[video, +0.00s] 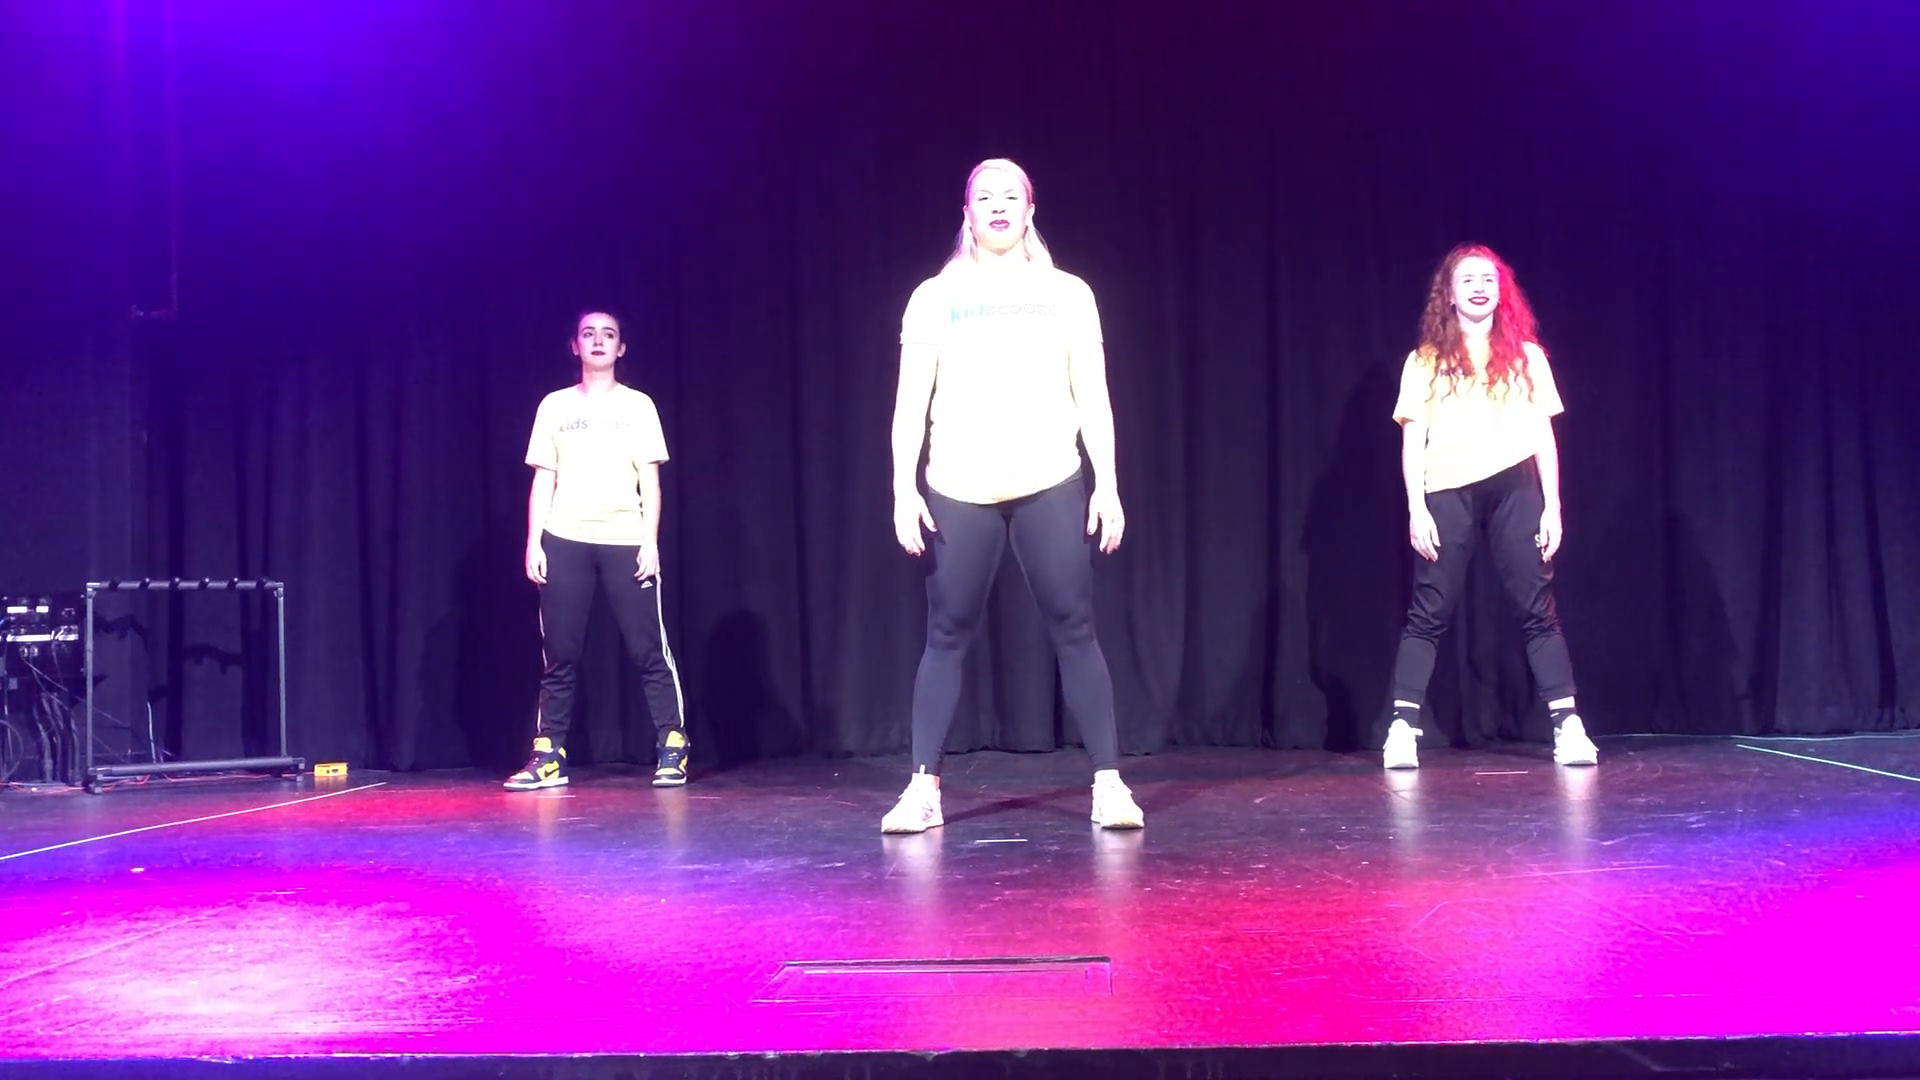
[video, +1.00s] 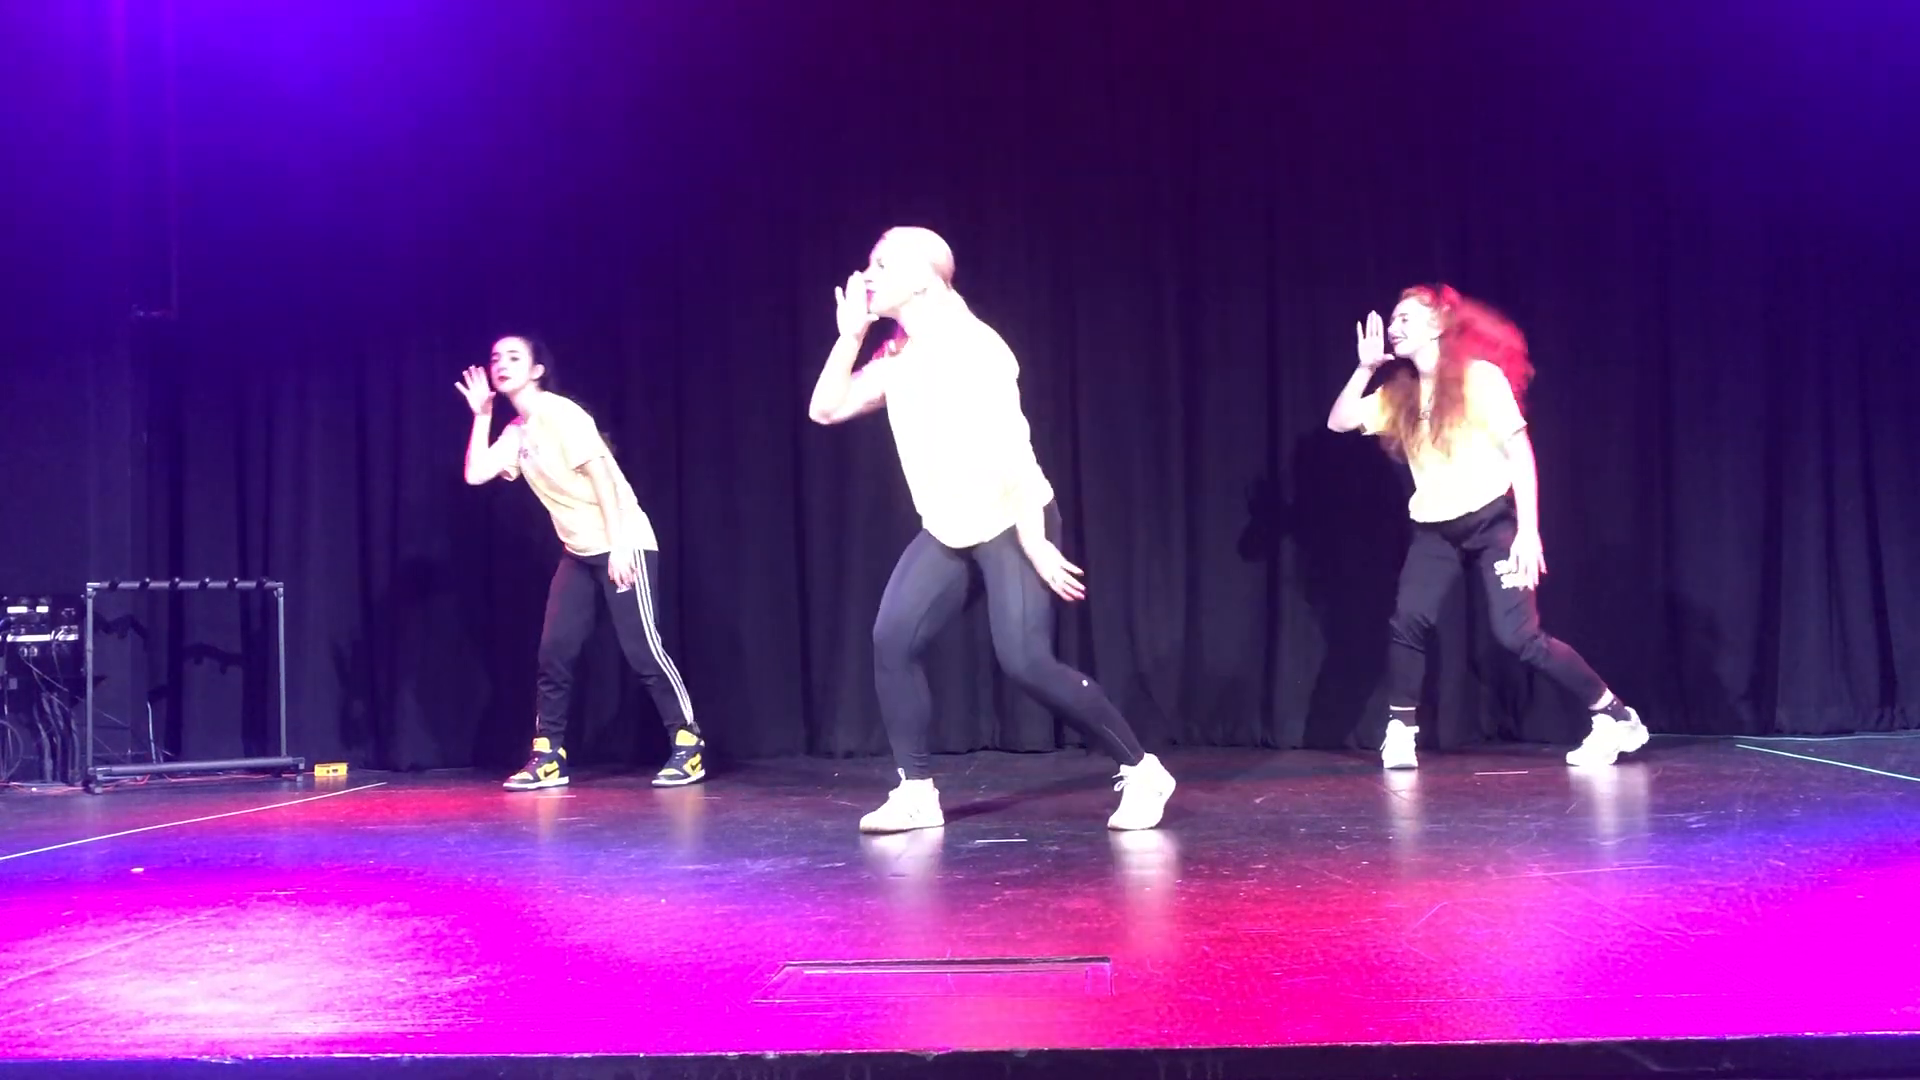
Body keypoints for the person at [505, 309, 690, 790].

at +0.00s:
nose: (598, 341)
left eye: (607, 335)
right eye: (589, 334)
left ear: (620, 347)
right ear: (575, 346)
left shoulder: (638, 405)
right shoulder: (554, 405)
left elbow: (650, 480)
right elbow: (542, 479)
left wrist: (650, 542)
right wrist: (534, 542)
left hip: (626, 542)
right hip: (565, 542)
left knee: (648, 652)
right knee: (559, 655)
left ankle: (672, 748)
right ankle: (550, 756)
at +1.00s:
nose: (501, 365)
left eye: (513, 358)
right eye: (495, 359)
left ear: (538, 370)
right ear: (491, 373)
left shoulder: (564, 415)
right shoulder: (515, 433)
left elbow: (603, 474)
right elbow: (476, 472)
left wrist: (620, 544)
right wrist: (481, 413)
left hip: (621, 545)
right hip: (578, 552)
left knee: (643, 651)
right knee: (555, 650)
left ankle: (688, 745)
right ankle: (549, 757)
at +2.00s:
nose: (631, 357)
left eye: (639, 351)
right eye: (622, 347)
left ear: (646, 363)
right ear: (598, 355)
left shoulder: (657, 415)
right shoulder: (576, 405)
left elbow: (708, 459)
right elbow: (572, 451)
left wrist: (767, 475)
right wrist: (597, 398)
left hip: (640, 550)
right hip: (579, 548)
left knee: (661, 648)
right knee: (546, 649)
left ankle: (689, 748)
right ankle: (544, 755)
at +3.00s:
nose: (721, 384)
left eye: (724, 377)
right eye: (711, 374)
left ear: (726, 388)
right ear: (684, 381)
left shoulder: (713, 443)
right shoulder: (651, 416)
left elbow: (763, 485)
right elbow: (660, 471)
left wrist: (744, 434)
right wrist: (693, 413)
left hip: (659, 554)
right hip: (604, 546)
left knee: (684, 645)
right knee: (565, 648)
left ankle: (683, 754)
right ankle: (503, 747)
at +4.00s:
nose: (517, 357)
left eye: (528, 349)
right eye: (510, 349)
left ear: (550, 359)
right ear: (502, 361)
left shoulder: (574, 397)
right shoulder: (513, 419)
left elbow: (579, 440)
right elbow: (486, 476)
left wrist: (540, 401)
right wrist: (494, 419)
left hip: (616, 541)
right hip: (560, 545)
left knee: (646, 647)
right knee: (540, 653)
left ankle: (691, 743)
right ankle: (517, 757)